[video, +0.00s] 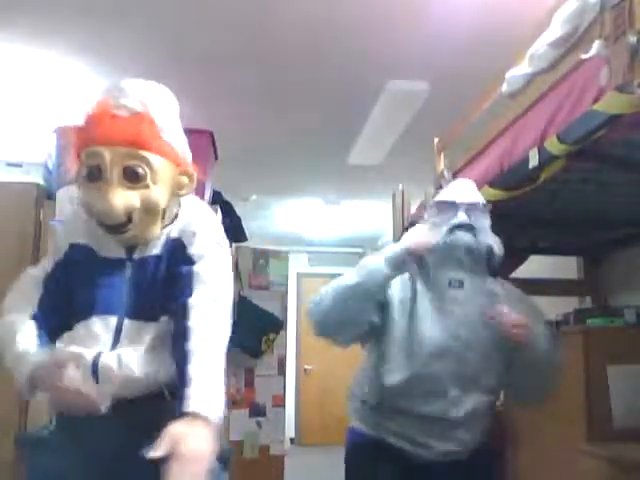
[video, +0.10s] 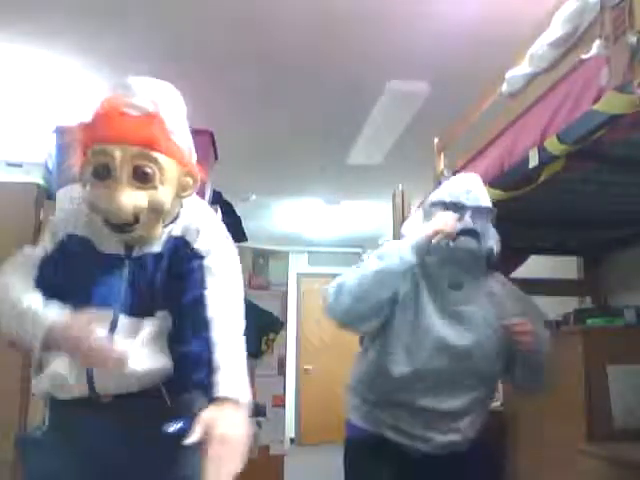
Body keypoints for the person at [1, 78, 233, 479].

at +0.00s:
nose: (110, 198)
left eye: (134, 174)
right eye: (94, 173)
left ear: (181, 184)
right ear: (79, 180)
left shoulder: (193, 252)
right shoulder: (74, 258)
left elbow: (205, 332)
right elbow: (22, 323)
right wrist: (42, 371)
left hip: (161, 425)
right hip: (76, 426)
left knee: (195, 462)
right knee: (37, 457)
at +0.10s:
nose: (118, 198)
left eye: (143, 175)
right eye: (103, 173)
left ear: (183, 185)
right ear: (85, 178)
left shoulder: (197, 240)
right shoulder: (72, 236)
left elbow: (211, 324)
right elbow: (15, 294)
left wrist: (223, 400)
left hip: (164, 418)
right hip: (75, 415)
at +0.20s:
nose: (131, 187)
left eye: (157, 169)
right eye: (116, 162)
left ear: (191, 182)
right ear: (91, 164)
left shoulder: (201, 229)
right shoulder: (69, 217)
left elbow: (248, 291)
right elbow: (8, 243)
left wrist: (255, 362)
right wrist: (73, 272)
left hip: (168, 414)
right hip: (73, 414)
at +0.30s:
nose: (143, 174)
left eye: (166, 163)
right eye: (127, 152)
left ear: (194, 179)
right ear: (97, 153)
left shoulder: (201, 228)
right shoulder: (68, 205)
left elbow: (259, 274)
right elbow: (8, 220)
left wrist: (258, 334)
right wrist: (80, 242)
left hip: (165, 418)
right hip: (68, 417)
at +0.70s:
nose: (159, 156)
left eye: (182, 142)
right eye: (143, 127)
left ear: (200, 168)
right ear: (99, 139)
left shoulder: (191, 236)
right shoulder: (56, 203)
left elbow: (218, 333)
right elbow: (7, 291)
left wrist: (241, 423)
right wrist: (15, 408)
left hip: (149, 439)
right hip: (52, 434)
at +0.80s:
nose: (159, 144)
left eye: (183, 129)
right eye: (142, 116)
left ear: (201, 154)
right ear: (104, 127)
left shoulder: (197, 228)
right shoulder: (60, 200)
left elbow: (216, 348)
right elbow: (13, 323)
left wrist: (224, 460)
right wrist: (7, 450)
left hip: (151, 438)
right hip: (54, 435)